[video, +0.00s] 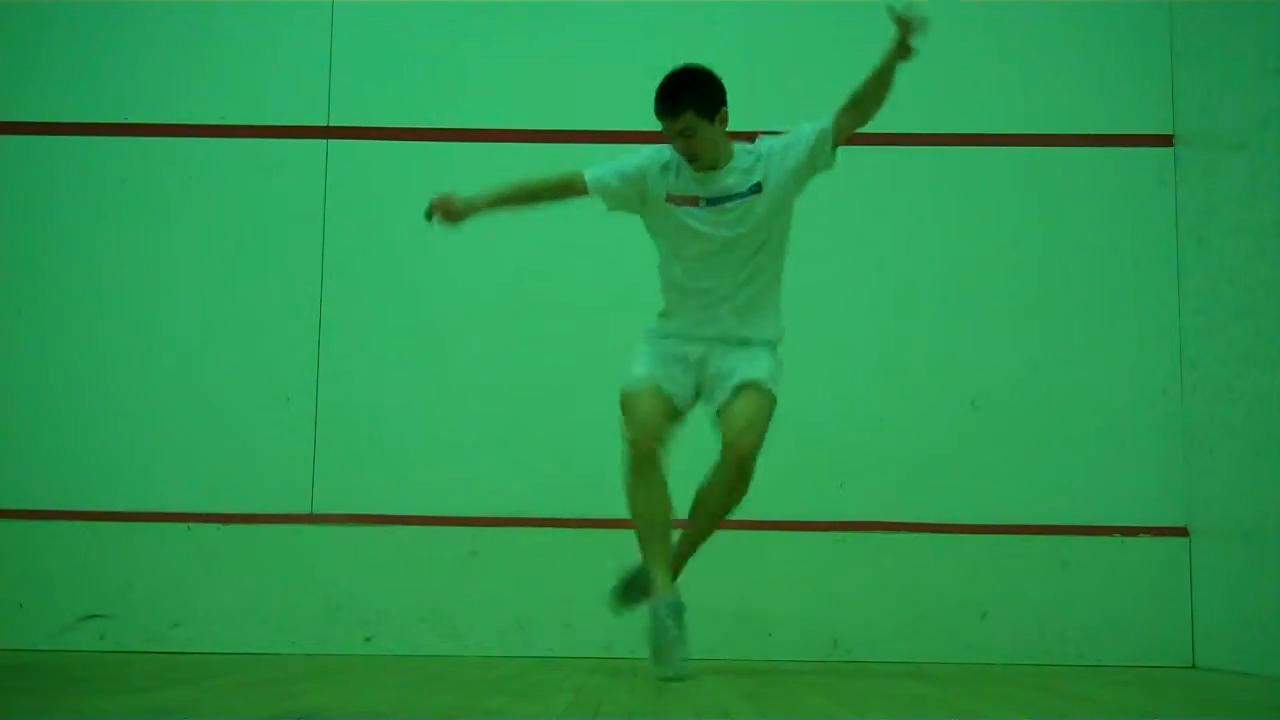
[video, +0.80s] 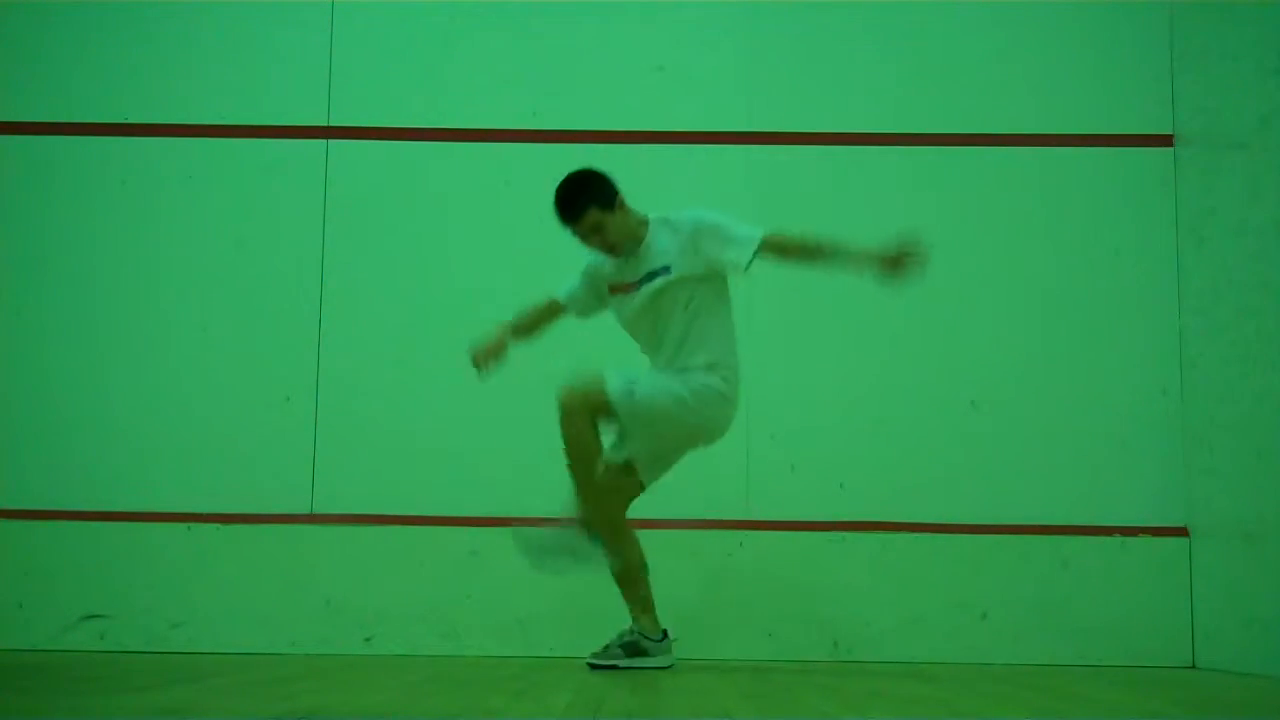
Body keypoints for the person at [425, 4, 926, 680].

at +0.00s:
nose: (679, 147)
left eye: (688, 133)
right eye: (671, 136)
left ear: (721, 118)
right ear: (667, 130)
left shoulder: (778, 161)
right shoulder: (653, 173)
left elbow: (852, 115)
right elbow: (567, 184)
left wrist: (897, 52)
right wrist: (474, 203)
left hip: (748, 345)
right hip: (674, 341)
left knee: (742, 448)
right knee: (639, 431)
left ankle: (663, 566)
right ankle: (662, 599)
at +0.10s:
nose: (672, 180)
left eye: (679, 166)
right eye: (663, 170)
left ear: (713, 152)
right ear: (657, 164)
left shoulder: (768, 199)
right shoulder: (647, 214)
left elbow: (840, 136)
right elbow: (565, 233)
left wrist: (874, 65)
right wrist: (478, 259)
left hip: (736, 392)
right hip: (666, 386)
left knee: (744, 500)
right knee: (674, 488)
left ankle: (637, 577)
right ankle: (682, 638)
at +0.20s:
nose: (656, 195)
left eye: (662, 182)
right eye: (648, 186)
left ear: (696, 164)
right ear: (644, 178)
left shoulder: (756, 191)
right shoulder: (637, 227)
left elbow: (831, 139)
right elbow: (584, 274)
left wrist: (880, 76)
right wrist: (533, 320)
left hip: (723, 383)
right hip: (659, 377)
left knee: (743, 472)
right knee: (667, 472)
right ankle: (677, 632)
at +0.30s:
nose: (640, 197)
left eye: (648, 187)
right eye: (633, 188)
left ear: (680, 169)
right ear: (627, 179)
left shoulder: (744, 177)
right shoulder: (624, 222)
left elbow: (831, 146)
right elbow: (602, 284)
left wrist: (913, 110)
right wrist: (586, 346)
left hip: (722, 357)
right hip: (654, 354)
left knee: (740, 450)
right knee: (645, 451)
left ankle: (626, 486)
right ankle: (642, 600)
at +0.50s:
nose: (629, 251)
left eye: (636, 241)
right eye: (621, 242)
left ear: (661, 221)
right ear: (614, 231)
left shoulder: (716, 232)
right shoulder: (609, 254)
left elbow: (786, 263)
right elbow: (610, 326)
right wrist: (611, 401)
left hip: (711, 389)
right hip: (647, 387)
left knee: (677, 504)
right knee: (597, 465)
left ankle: (689, 635)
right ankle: (623, 603)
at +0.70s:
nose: (587, 260)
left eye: (588, 248)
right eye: (577, 255)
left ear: (608, 221)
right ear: (576, 248)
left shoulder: (684, 242)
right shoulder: (599, 281)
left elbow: (767, 280)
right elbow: (574, 334)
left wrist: (843, 328)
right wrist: (526, 387)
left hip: (707, 394)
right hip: (654, 400)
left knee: (611, 486)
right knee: (597, 506)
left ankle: (666, 608)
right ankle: (645, 627)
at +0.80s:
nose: (593, 244)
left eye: (595, 230)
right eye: (585, 238)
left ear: (617, 206)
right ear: (582, 234)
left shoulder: (688, 234)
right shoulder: (604, 272)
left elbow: (780, 247)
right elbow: (555, 309)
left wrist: (871, 261)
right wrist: (504, 339)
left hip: (706, 392)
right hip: (668, 400)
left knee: (578, 398)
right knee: (601, 502)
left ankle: (590, 522)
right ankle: (648, 633)